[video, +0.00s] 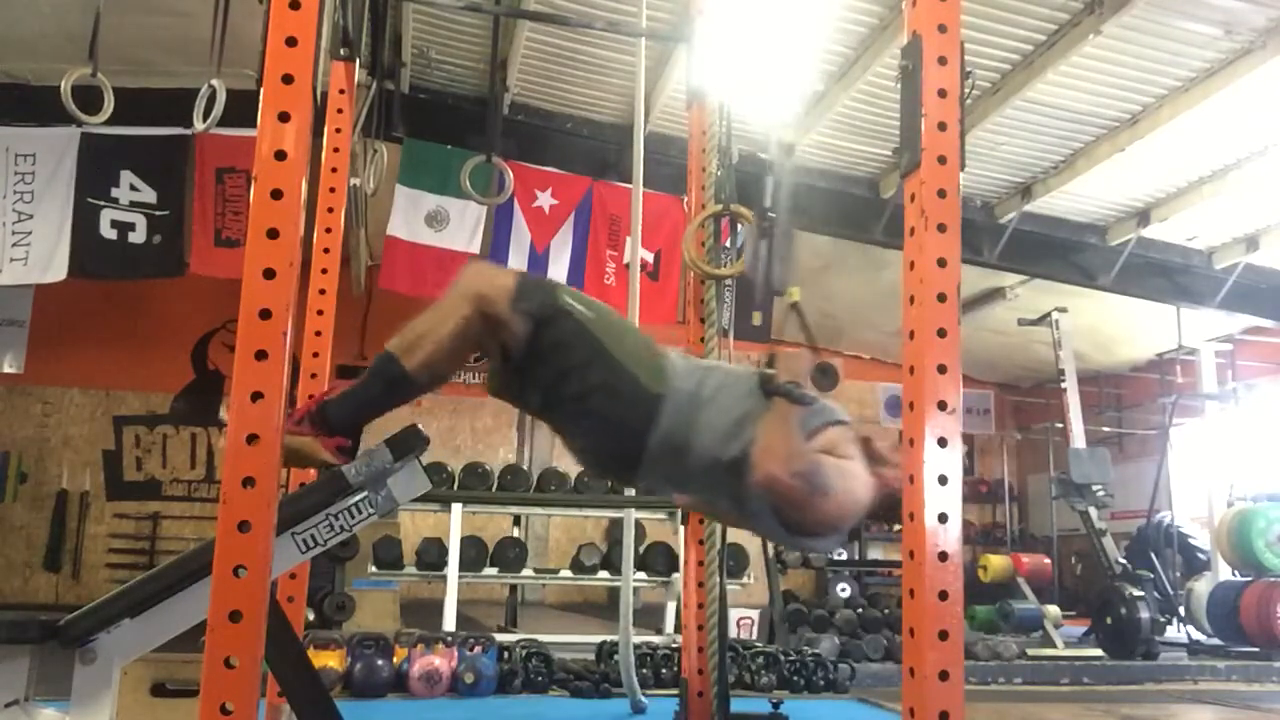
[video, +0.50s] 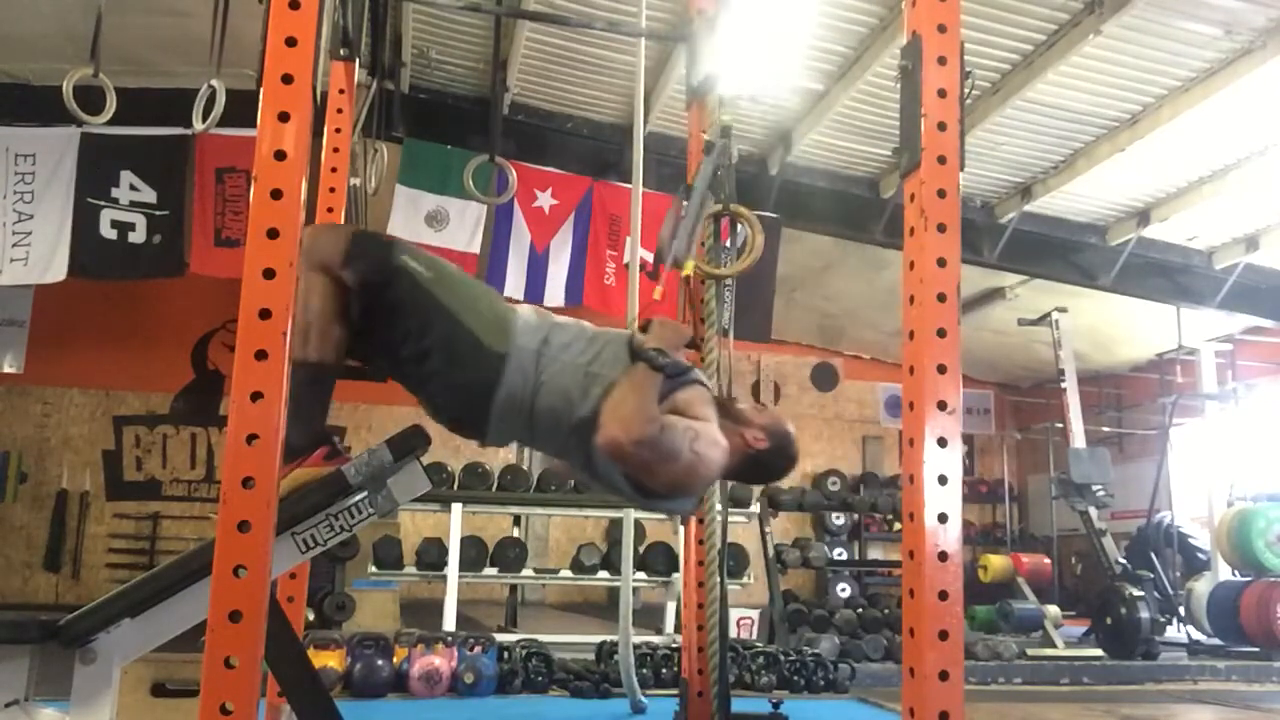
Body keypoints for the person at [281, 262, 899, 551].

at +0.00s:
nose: (900, 430)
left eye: (911, 444)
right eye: (911, 429)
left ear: (902, 478)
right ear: (900, 429)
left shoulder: (850, 490)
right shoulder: (843, 440)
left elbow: (780, 473)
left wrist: (790, 391)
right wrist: (799, 380)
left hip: (644, 414)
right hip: (650, 389)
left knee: (486, 287)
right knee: (480, 310)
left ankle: (337, 420)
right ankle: (344, 414)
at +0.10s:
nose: (866, 443)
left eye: (873, 457)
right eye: (877, 446)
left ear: (862, 481)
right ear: (860, 461)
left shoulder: (811, 481)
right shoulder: (808, 449)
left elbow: (739, 464)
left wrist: (757, 387)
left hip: (610, 396)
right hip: (614, 389)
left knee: (454, 270)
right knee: (452, 298)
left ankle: (332, 418)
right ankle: (335, 417)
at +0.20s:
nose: (828, 436)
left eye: (837, 448)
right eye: (840, 440)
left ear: (829, 473)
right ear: (825, 467)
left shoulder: (777, 476)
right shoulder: (768, 453)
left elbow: (700, 457)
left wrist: (731, 380)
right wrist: (733, 375)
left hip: (576, 386)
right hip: (573, 387)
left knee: (416, 255)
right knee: (402, 289)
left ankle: (321, 427)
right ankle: (317, 425)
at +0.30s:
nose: (799, 425)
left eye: (808, 440)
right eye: (810, 430)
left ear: (798, 466)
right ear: (795, 449)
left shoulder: (748, 470)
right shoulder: (743, 433)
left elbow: (673, 458)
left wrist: (697, 373)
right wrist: (711, 359)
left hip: (543, 381)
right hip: (552, 359)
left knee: (386, 250)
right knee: (391, 269)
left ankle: (315, 424)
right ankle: (319, 415)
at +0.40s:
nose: (771, 409)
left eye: (778, 422)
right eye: (781, 413)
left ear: (772, 448)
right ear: (771, 443)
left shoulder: (725, 463)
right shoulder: (717, 429)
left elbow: (644, 445)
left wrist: (678, 361)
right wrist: (694, 355)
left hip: (518, 372)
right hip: (523, 365)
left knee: (354, 246)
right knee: (368, 285)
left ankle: (302, 412)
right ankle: (301, 406)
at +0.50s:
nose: (756, 398)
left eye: (765, 411)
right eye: (768, 401)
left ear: (752, 441)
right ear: (751, 434)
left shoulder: (705, 450)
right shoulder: (698, 419)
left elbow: (625, 437)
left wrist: (660, 356)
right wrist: (663, 351)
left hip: (500, 361)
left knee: (323, 244)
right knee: (335, 308)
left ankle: (298, 415)